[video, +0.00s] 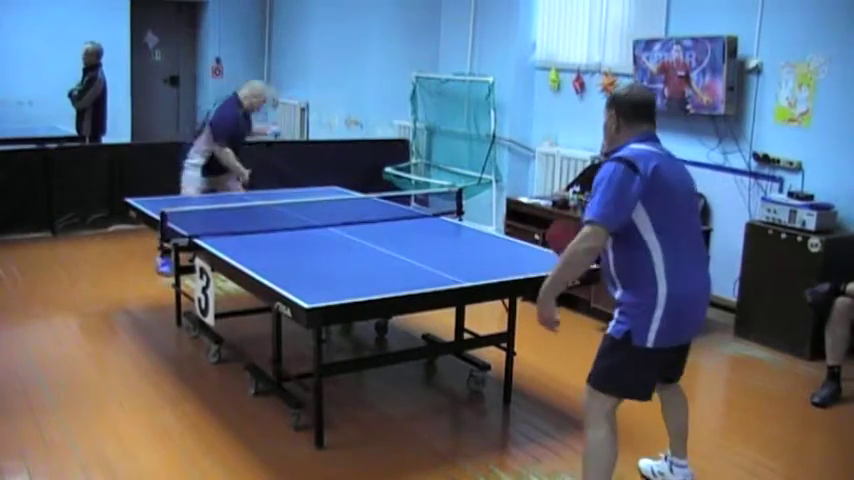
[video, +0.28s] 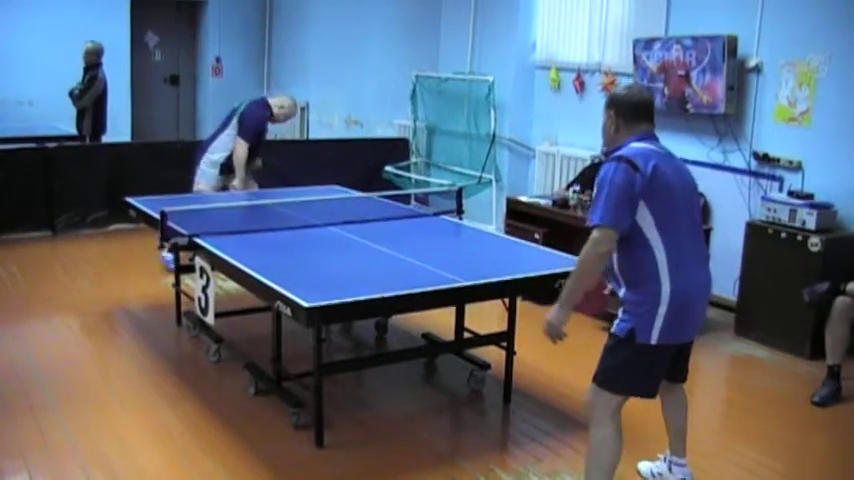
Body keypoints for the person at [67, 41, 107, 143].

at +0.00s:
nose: (84, 57)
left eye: (88, 54)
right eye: (84, 54)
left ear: (96, 57)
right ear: (83, 55)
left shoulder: (96, 77)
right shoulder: (87, 74)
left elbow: (81, 103)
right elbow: (77, 89)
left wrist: (73, 92)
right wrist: (76, 93)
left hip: (92, 129)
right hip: (84, 128)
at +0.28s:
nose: (85, 57)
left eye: (89, 53)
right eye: (85, 53)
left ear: (97, 56)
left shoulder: (96, 76)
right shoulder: (88, 73)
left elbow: (81, 102)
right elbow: (78, 88)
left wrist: (74, 92)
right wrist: (77, 93)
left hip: (92, 128)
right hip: (85, 126)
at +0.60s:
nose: (86, 57)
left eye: (90, 54)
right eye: (85, 53)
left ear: (98, 56)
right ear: (84, 54)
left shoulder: (97, 76)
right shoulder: (88, 73)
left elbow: (83, 102)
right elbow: (78, 89)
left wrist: (74, 92)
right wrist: (77, 93)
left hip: (93, 128)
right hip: (85, 126)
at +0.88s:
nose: (86, 57)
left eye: (90, 54)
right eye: (86, 53)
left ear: (98, 56)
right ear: (84, 55)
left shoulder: (97, 76)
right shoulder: (88, 74)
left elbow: (82, 102)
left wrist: (75, 92)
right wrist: (77, 94)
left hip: (93, 127)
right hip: (86, 126)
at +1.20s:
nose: (85, 57)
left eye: (89, 53)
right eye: (85, 53)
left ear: (97, 56)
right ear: (84, 54)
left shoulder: (96, 76)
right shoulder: (88, 73)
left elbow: (82, 102)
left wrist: (74, 92)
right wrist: (77, 93)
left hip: (93, 127)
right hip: (85, 126)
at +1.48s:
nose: (85, 57)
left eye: (88, 53)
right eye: (85, 53)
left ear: (96, 56)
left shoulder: (96, 76)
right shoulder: (88, 73)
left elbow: (82, 102)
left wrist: (74, 92)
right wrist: (76, 93)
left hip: (92, 127)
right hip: (85, 126)